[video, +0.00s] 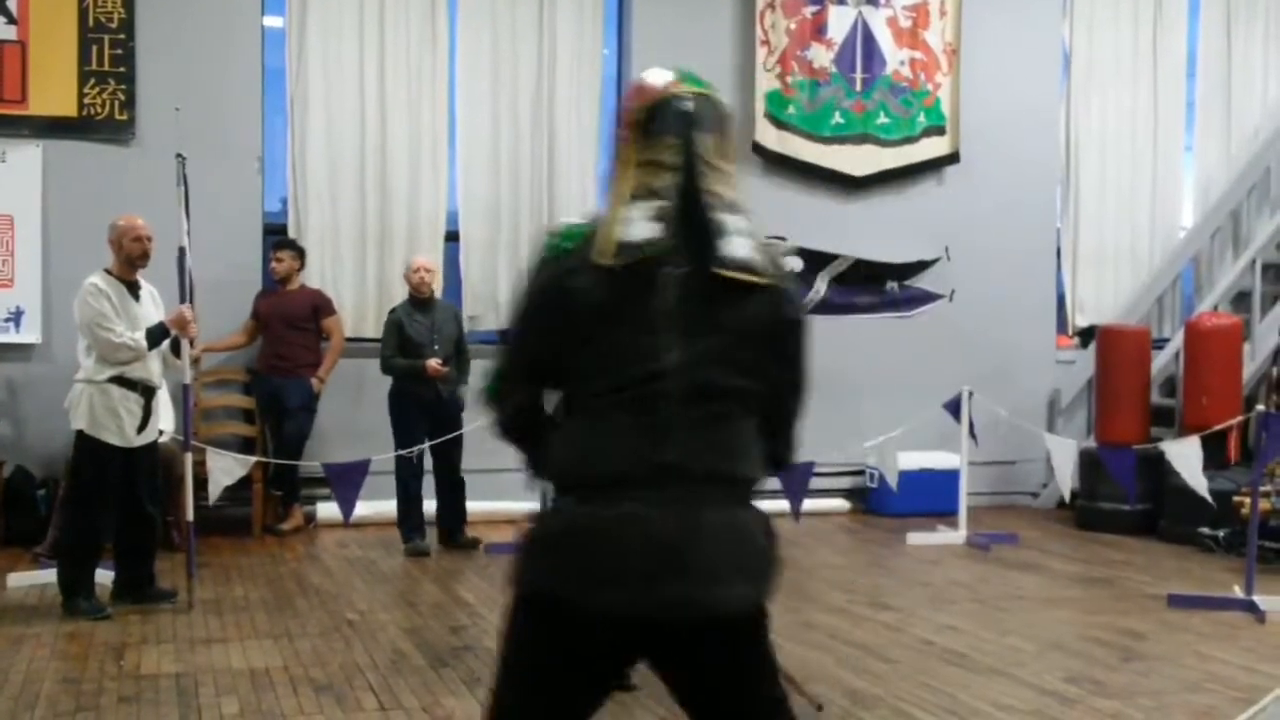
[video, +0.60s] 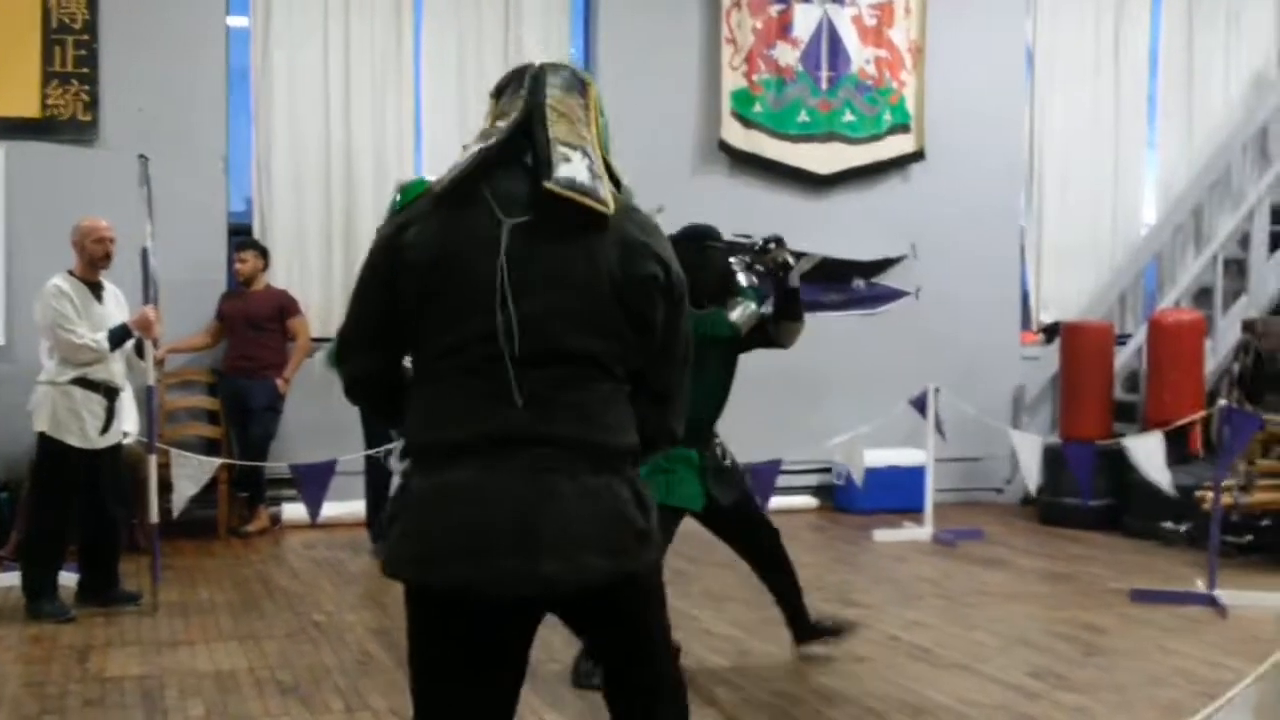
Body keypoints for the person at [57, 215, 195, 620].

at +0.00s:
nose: (147, 247)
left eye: (149, 240)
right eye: (138, 240)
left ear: (151, 246)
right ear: (115, 246)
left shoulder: (150, 293)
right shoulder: (94, 290)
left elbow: (168, 355)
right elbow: (115, 348)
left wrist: (183, 343)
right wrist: (168, 328)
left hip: (145, 410)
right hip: (104, 408)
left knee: (141, 501)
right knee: (91, 502)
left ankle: (135, 582)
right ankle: (77, 591)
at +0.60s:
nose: (108, 249)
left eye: (111, 242)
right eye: (99, 242)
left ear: (113, 247)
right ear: (78, 247)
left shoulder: (115, 295)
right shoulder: (57, 291)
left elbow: (135, 367)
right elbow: (76, 349)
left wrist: (146, 345)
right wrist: (130, 329)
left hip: (108, 414)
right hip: (66, 412)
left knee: (104, 504)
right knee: (53, 505)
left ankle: (99, 585)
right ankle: (40, 594)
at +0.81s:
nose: (59, 248)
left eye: (63, 241)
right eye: (51, 241)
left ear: (66, 248)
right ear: (30, 247)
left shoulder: (68, 295)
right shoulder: (10, 292)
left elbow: (79, 356)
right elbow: (30, 351)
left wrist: (98, 342)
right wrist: (80, 331)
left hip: (61, 417)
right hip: (19, 416)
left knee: (57, 507)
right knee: (14, 508)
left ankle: (51, 588)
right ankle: (4, 593)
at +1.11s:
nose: (12, 249)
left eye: (13, 242)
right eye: (7, 242)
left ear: (14, 246)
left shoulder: (17, 295)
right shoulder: (9, 297)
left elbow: (26, 357)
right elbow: (6, 348)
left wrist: (45, 342)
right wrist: (29, 332)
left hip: (21, 414)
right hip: (9, 416)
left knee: (17, 505)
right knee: (12, 506)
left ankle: (11, 587)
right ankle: (9, 588)